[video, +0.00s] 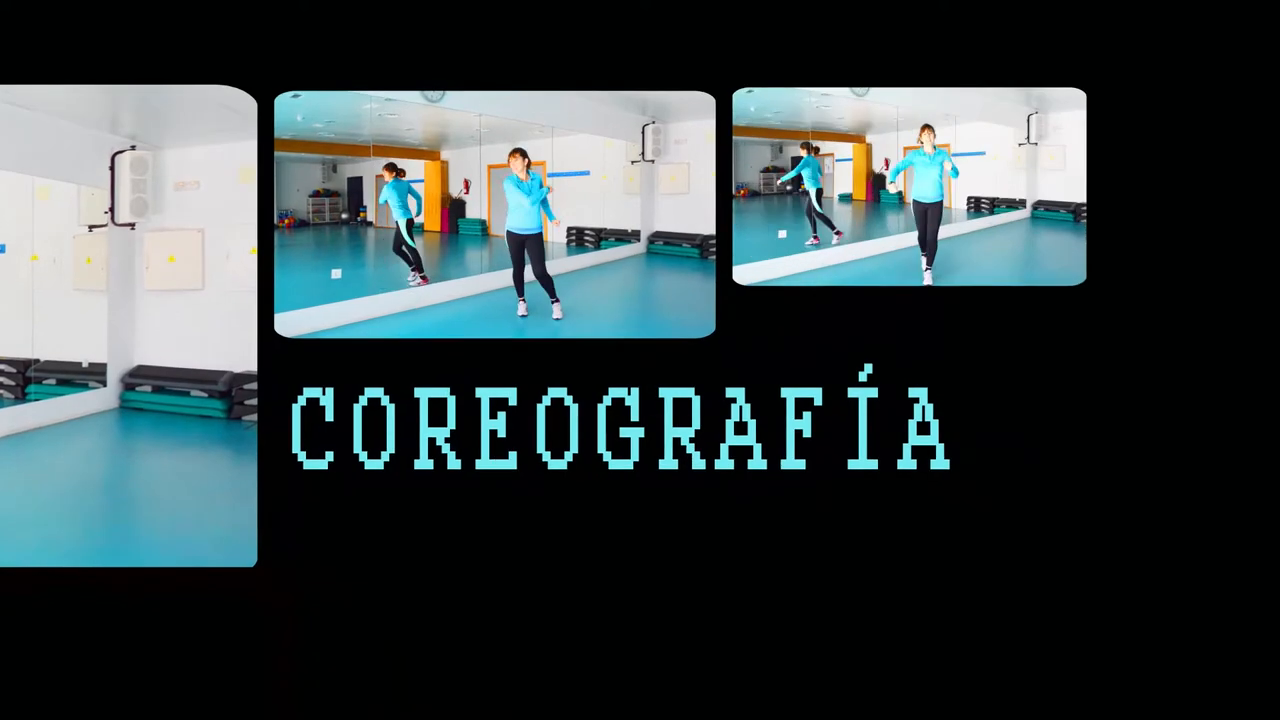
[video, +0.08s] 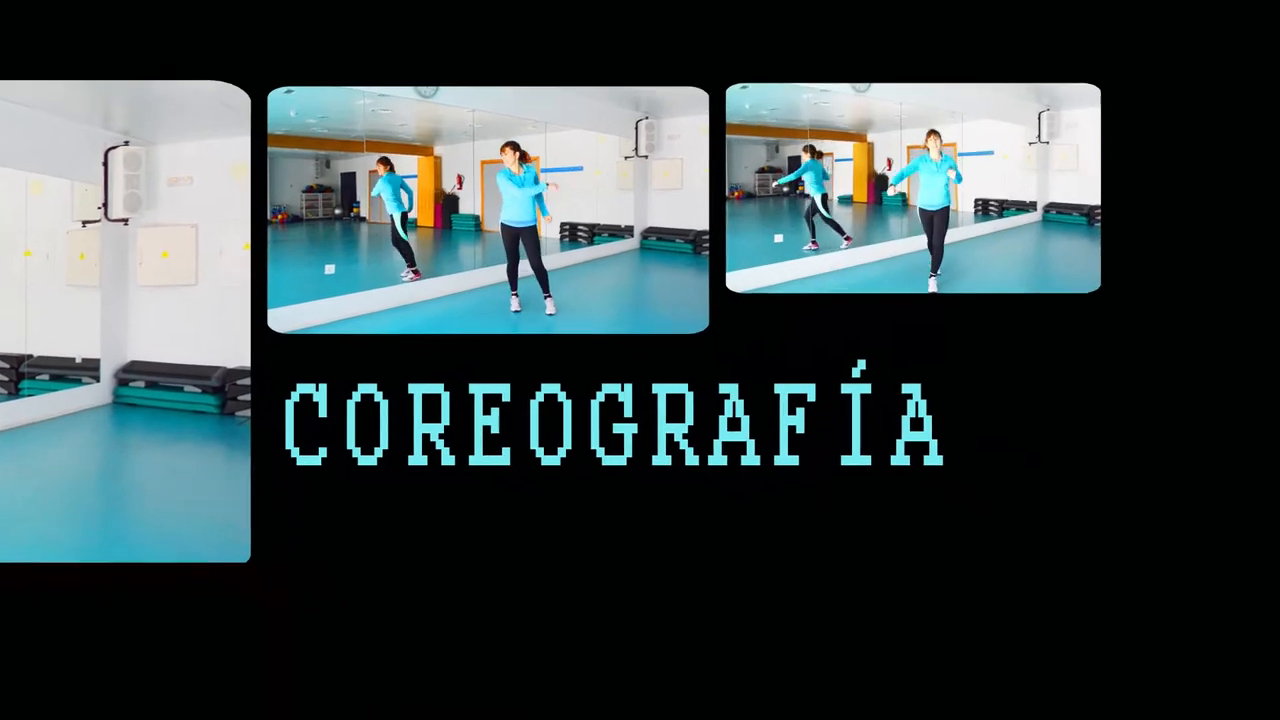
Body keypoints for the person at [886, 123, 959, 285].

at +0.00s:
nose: (928, 136)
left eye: (930, 133)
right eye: (925, 133)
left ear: (934, 136)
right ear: (921, 137)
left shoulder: (942, 154)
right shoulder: (914, 155)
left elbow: (955, 174)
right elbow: (897, 167)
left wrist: (951, 169)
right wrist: (891, 181)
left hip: (936, 200)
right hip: (918, 200)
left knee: (932, 236)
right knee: (922, 233)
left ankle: (928, 269)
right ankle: (923, 255)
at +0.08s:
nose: (934, 141)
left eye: (936, 138)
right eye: (931, 139)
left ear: (941, 142)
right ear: (926, 143)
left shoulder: (948, 161)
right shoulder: (920, 161)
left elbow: (959, 180)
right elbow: (904, 172)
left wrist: (955, 176)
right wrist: (892, 184)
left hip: (942, 206)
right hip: (924, 206)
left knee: (938, 242)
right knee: (931, 240)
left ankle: (933, 276)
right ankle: (936, 263)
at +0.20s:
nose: (940, 143)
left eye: (942, 140)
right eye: (937, 140)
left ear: (947, 142)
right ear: (933, 144)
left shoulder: (955, 161)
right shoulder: (927, 162)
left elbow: (959, 178)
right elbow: (912, 178)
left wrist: (960, 185)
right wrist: (909, 190)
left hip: (950, 208)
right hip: (932, 208)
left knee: (948, 245)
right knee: (939, 243)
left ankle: (941, 281)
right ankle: (944, 269)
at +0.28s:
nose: (944, 133)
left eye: (946, 130)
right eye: (940, 130)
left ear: (951, 132)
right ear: (936, 134)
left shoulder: (958, 152)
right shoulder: (930, 154)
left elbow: (962, 171)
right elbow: (920, 177)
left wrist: (964, 183)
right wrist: (934, 189)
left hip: (955, 200)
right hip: (936, 202)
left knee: (954, 238)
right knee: (941, 237)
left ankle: (951, 277)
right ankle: (944, 264)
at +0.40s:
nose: (947, 120)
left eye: (949, 117)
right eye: (943, 118)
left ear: (954, 119)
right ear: (939, 121)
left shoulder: (963, 138)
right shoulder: (935, 141)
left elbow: (968, 161)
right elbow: (938, 170)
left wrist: (972, 177)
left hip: (959, 188)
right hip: (940, 189)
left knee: (961, 227)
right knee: (944, 228)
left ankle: (966, 265)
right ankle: (947, 262)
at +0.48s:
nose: (949, 115)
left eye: (951, 112)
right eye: (945, 113)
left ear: (956, 114)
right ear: (941, 117)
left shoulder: (965, 134)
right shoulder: (938, 137)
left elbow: (970, 156)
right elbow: (951, 160)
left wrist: (978, 173)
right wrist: (970, 152)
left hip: (962, 185)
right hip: (943, 186)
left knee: (966, 223)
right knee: (947, 223)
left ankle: (977, 257)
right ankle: (950, 257)